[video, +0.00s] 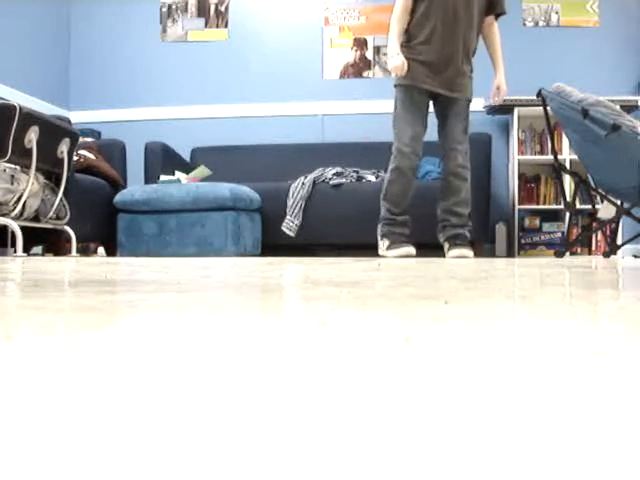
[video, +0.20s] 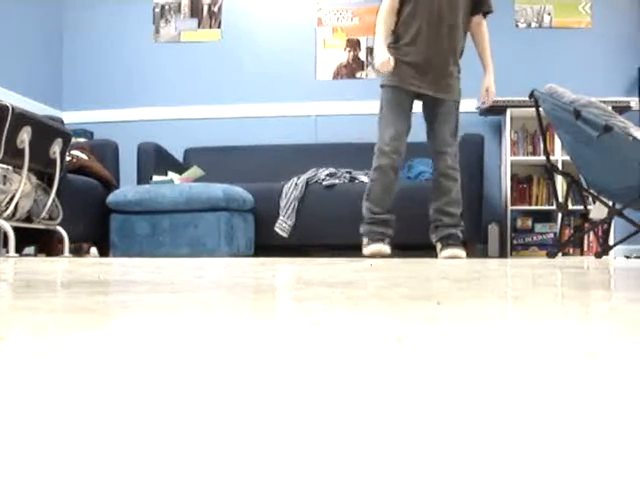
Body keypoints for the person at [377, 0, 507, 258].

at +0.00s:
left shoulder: (483, 3)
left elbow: (489, 22)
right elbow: (403, 6)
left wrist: (499, 73)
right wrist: (394, 50)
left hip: (458, 71)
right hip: (414, 65)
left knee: (457, 159)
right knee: (407, 153)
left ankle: (456, 237)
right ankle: (392, 235)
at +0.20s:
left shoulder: (470, 3)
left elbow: (477, 22)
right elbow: (389, 8)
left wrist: (489, 73)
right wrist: (381, 49)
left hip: (445, 73)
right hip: (401, 67)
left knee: (447, 158)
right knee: (389, 152)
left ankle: (449, 238)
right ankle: (375, 236)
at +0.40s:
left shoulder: (457, 2)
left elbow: (466, 20)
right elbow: (375, 11)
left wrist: (479, 69)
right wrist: (372, 49)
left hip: (435, 74)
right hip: (390, 70)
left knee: (440, 159)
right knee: (377, 154)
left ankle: (445, 239)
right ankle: (365, 236)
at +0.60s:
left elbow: (420, 8)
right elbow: (335, 10)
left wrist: (433, 53)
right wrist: (332, 52)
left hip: (398, 69)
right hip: (352, 68)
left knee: (411, 156)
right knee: (347, 156)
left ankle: (426, 238)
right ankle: (346, 239)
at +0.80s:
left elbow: (400, 5)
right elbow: (312, 19)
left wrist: (414, 41)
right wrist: (298, 59)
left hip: (379, 63)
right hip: (333, 64)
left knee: (383, 151)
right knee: (334, 155)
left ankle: (393, 236)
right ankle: (338, 237)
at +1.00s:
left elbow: (399, 4)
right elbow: (305, 24)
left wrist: (415, 35)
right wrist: (282, 64)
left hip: (373, 60)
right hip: (328, 64)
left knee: (372, 143)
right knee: (331, 154)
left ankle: (385, 235)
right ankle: (337, 236)